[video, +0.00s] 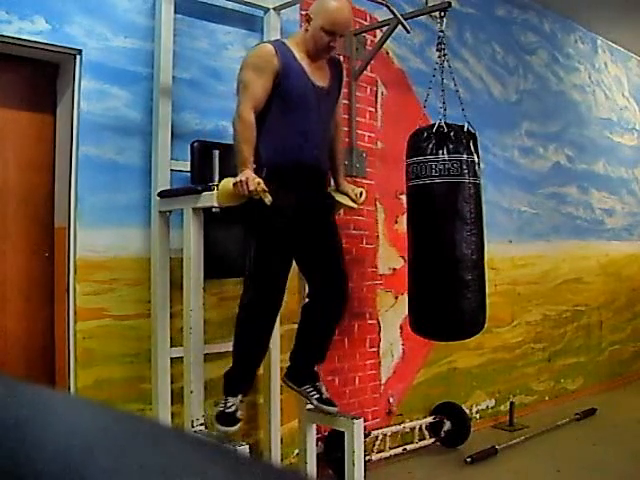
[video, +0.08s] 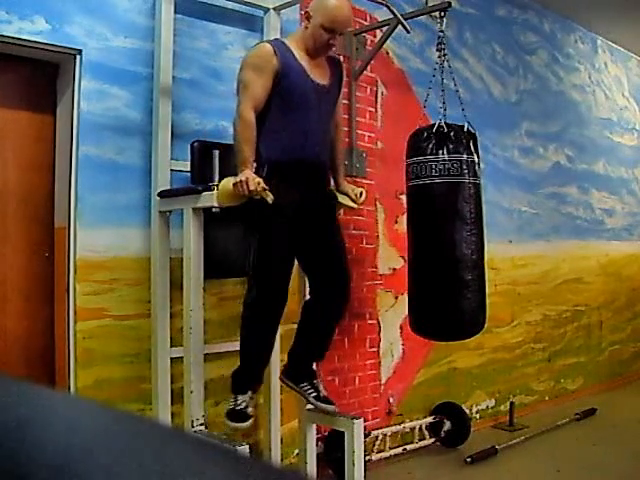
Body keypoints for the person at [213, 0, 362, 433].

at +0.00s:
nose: (335, 44)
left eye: (341, 37)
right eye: (330, 34)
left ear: (345, 33)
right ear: (307, 20)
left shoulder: (335, 68)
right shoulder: (268, 56)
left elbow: (333, 123)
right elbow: (245, 112)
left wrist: (338, 177)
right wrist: (246, 168)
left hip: (314, 193)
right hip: (273, 191)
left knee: (332, 289)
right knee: (263, 294)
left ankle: (302, 373)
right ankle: (235, 388)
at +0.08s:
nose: (332, 41)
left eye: (339, 35)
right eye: (328, 31)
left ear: (343, 33)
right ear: (307, 16)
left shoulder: (334, 69)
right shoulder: (266, 56)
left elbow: (333, 124)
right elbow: (246, 112)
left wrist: (339, 178)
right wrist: (246, 168)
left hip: (315, 191)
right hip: (274, 190)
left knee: (334, 287)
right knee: (268, 291)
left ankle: (300, 370)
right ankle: (245, 385)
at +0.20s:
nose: (333, 36)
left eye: (339, 30)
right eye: (328, 26)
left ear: (343, 29)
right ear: (306, 13)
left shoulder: (334, 68)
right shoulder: (267, 55)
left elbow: (333, 124)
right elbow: (246, 112)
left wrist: (339, 177)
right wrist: (246, 169)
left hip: (316, 187)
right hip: (275, 186)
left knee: (338, 283)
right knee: (281, 286)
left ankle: (300, 362)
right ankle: (263, 378)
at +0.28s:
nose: (334, 35)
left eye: (340, 29)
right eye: (330, 25)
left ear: (344, 28)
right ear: (307, 12)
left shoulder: (334, 68)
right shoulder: (267, 55)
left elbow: (333, 124)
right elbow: (246, 113)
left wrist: (339, 177)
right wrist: (246, 169)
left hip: (316, 185)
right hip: (276, 184)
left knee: (340, 280)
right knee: (284, 284)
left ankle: (301, 360)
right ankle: (270, 375)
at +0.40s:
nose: (337, 35)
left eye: (343, 29)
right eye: (332, 25)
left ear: (347, 28)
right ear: (307, 14)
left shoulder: (337, 70)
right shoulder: (268, 57)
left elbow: (333, 125)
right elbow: (244, 113)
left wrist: (339, 177)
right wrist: (246, 169)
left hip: (318, 189)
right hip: (277, 188)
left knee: (341, 285)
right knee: (288, 288)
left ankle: (300, 361)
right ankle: (276, 374)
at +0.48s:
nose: (338, 37)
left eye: (344, 30)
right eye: (333, 26)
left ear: (348, 30)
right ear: (308, 16)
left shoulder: (338, 71)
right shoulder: (270, 59)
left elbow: (333, 126)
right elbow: (242, 113)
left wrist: (339, 178)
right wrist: (245, 169)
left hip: (318, 189)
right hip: (278, 188)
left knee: (340, 286)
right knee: (288, 290)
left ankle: (298, 363)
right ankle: (275, 375)